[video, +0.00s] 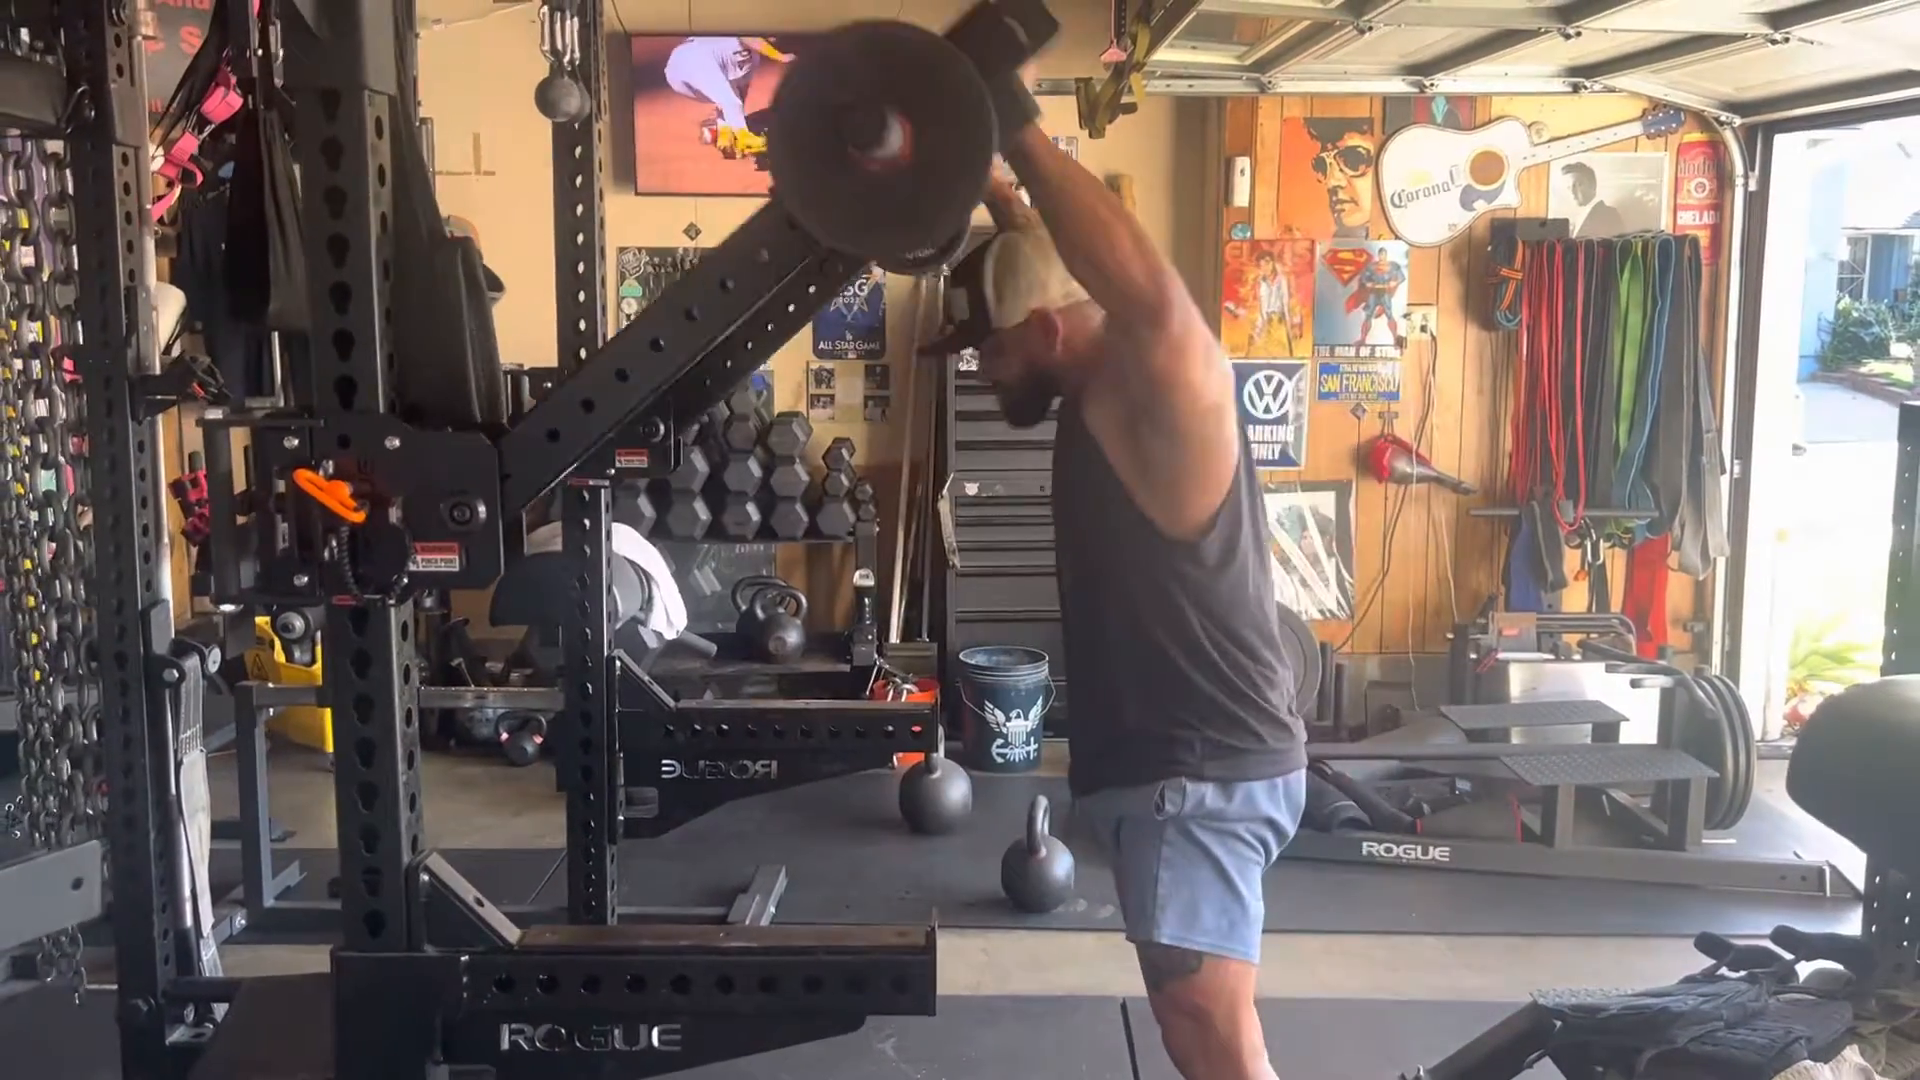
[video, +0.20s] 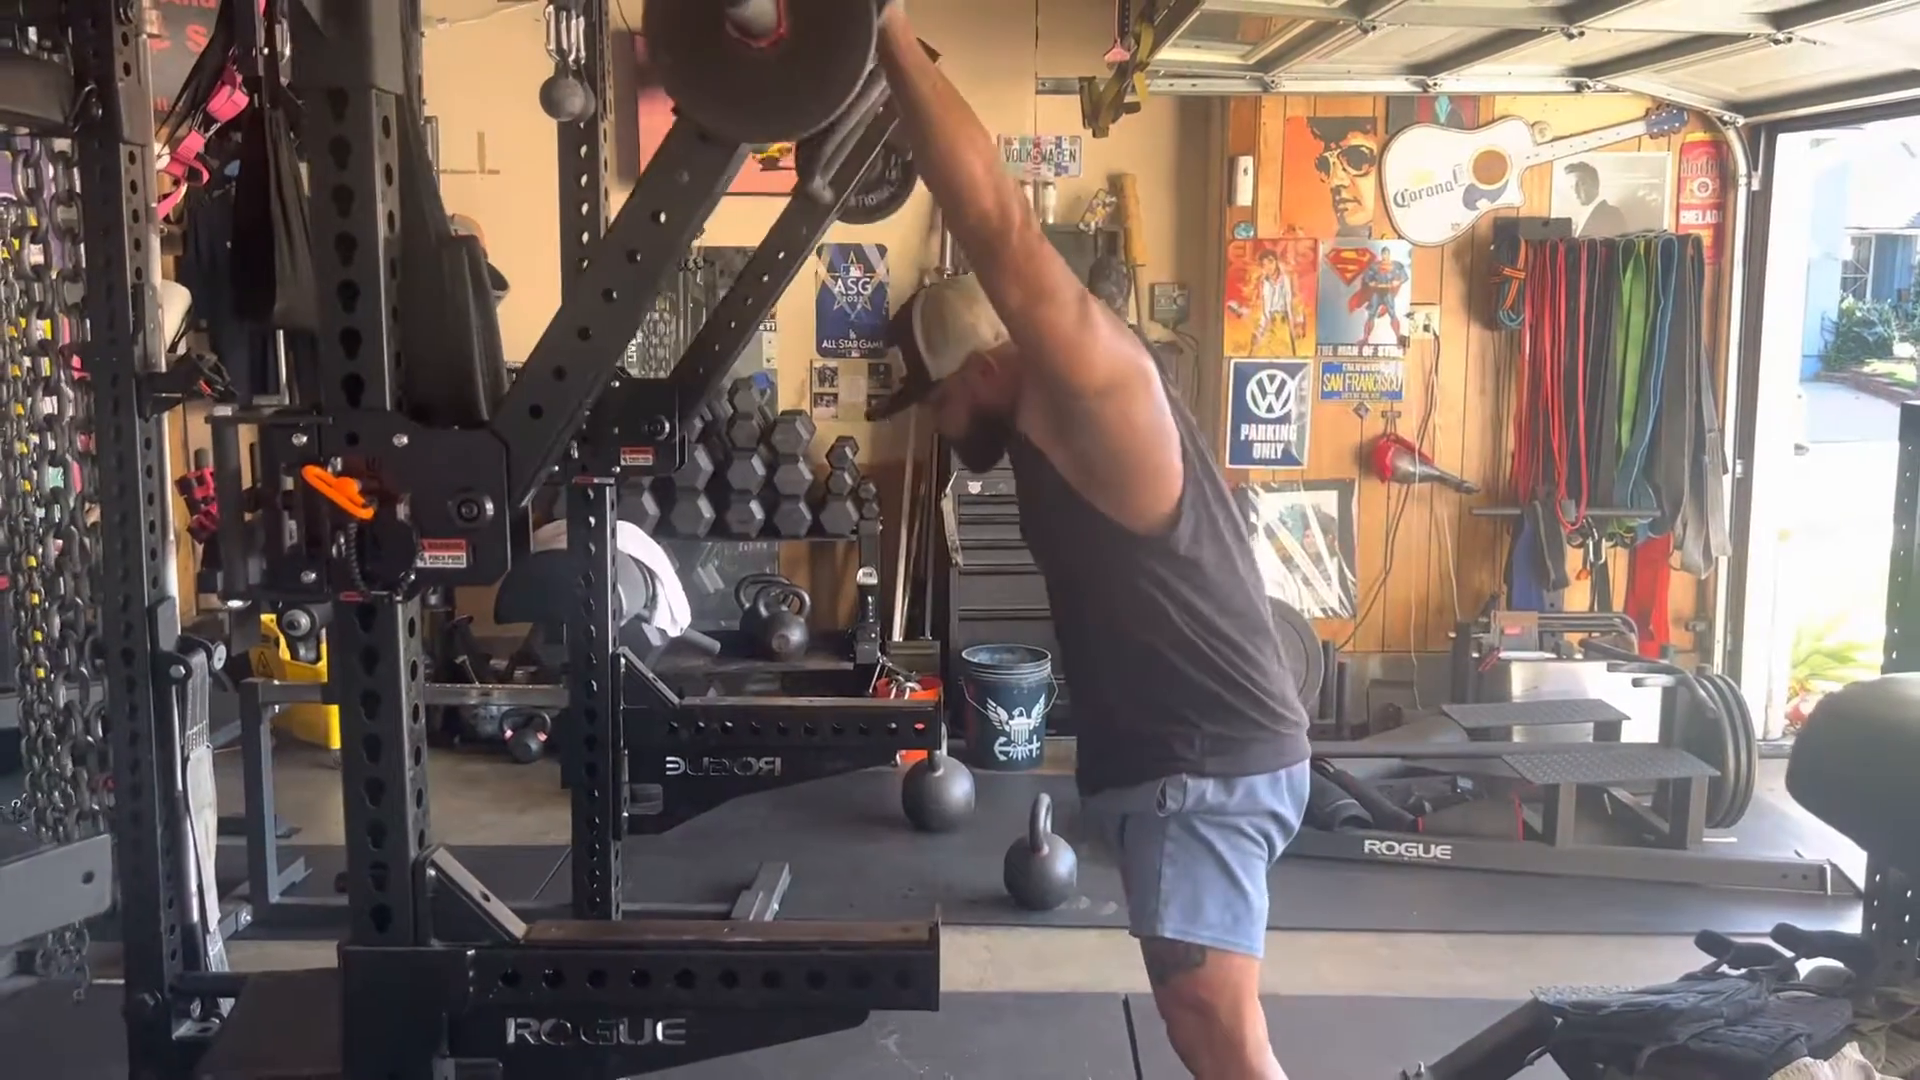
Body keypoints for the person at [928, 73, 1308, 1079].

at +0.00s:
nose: (985, 373)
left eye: (989, 346)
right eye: (980, 352)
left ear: (1046, 317)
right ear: (1051, 319)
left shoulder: (1156, 358)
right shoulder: (1110, 377)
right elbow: (1060, 276)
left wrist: (1012, 123)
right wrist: (998, 191)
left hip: (1200, 774)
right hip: (1175, 768)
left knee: (1209, 1031)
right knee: (1206, 1020)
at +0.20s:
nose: (958, 417)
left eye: (947, 400)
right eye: (948, 410)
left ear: (974, 367)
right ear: (986, 374)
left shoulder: (1095, 378)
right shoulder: (1072, 401)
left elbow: (989, 210)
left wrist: (887, 29)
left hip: (1210, 766)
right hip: (1173, 758)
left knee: (1217, 1030)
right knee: (1205, 1017)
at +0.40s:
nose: (968, 391)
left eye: (967, 370)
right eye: (960, 377)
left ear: (1003, 344)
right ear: (1003, 350)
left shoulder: (1105, 370)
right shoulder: (1092, 398)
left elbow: (1009, 212)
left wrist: (898, 30)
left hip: (1197, 769)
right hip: (1187, 760)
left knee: (1218, 1030)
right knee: (1207, 1014)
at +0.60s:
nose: (998, 350)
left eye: (1004, 326)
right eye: (994, 330)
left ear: (1062, 309)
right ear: (1065, 307)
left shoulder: (1166, 373)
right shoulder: (1114, 369)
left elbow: (1109, 232)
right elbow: (1048, 220)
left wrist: (988, 48)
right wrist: (961, 105)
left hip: (1217, 760)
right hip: (1182, 753)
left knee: (1225, 1019)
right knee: (1219, 1006)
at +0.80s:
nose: (1060, 340)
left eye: (1061, 317)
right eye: (1044, 321)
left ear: (1094, 289)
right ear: (1115, 268)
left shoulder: (1199, 362)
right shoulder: (1148, 362)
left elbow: (1298, 388)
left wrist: (1162, 218)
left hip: (1249, 751)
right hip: (1212, 744)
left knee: (1260, 1022)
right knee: (1251, 1011)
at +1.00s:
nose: (1125, 279)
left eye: (1139, 252)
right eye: (1126, 254)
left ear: (1210, 256)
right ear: (1211, 259)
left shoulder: (1319, 349)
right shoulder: (1211, 376)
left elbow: (1449, 493)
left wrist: (1248, 462)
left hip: (1318, 734)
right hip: (1251, 730)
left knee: (1286, 1005)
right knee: (1277, 1001)